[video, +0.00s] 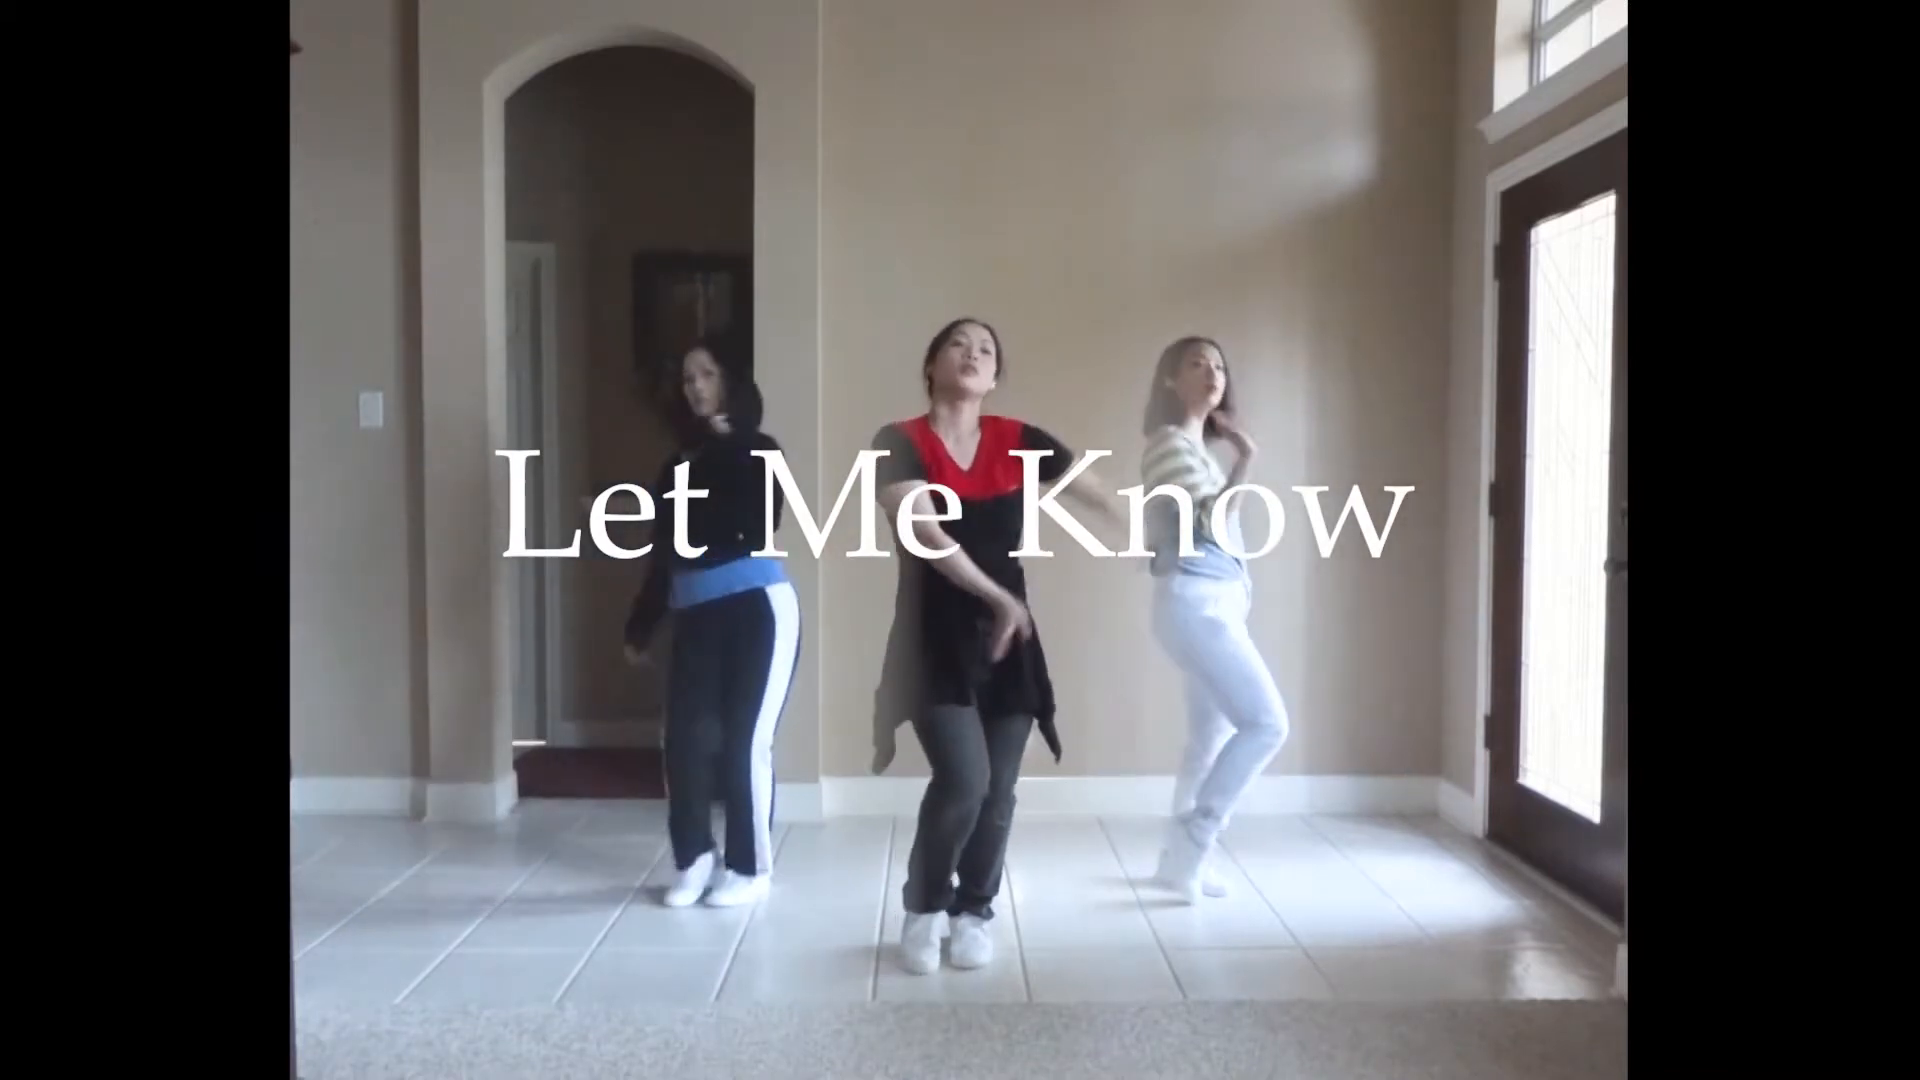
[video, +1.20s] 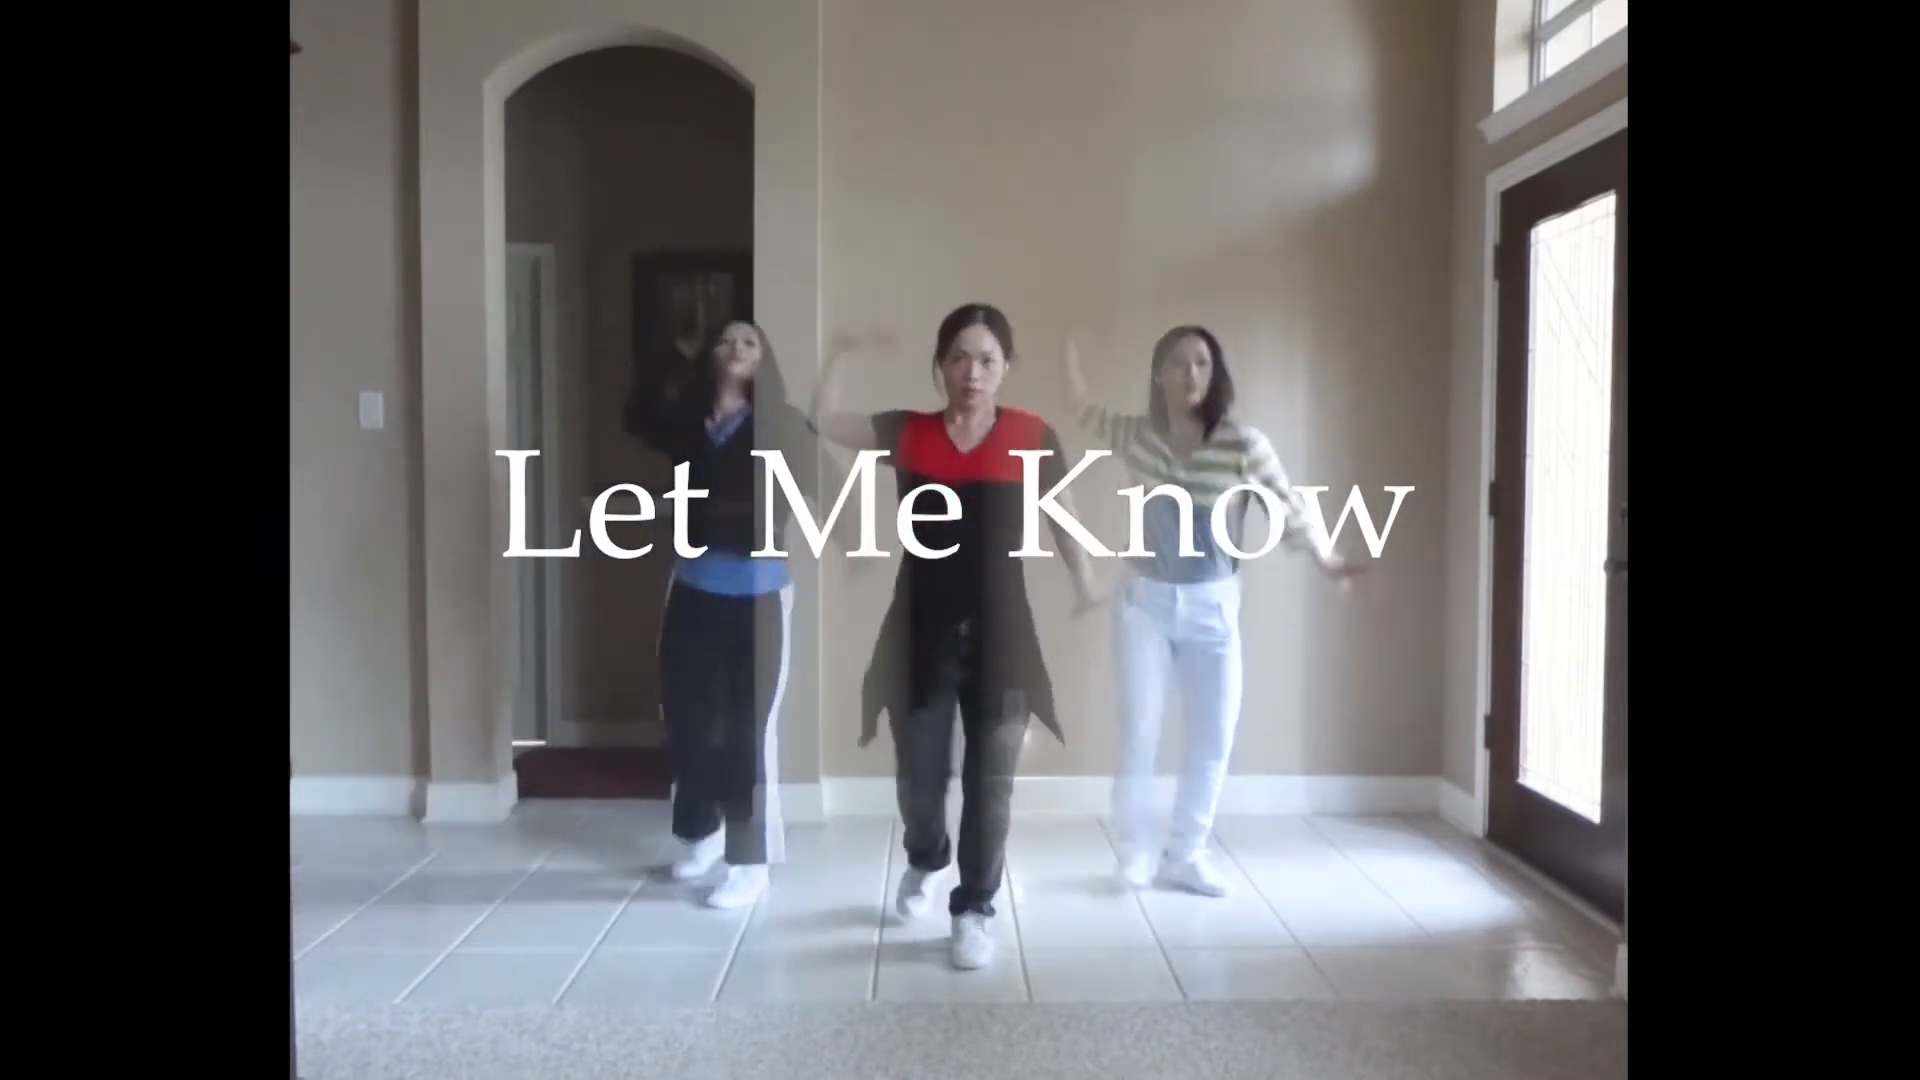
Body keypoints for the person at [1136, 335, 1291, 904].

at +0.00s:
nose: (1211, 373)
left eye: (1218, 367)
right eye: (1197, 364)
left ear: (1224, 387)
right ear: (1170, 379)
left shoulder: (1205, 447)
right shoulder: (1170, 444)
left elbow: (1207, 526)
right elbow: (1205, 518)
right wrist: (1243, 462)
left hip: (1222, 599)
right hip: (1192, 602)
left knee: (1204, 737)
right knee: (1267, 725)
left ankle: (1184, 857)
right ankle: (1189, 846)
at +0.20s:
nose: (1204, 365)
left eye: (1208, 358)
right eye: (1189, 358)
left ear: (1215, 375)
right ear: (1161, 377)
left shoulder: (1188, 440)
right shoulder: (1177, 441)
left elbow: (1213, 524)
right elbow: (1220, 520)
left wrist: (1279, 520)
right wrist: (1286, 515)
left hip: (1200, 596)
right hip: (1189, 598)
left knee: (1193, 731)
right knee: (1257, 722)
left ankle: (1179, 857)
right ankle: (1191, 845)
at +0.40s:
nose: (1200, 368)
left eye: (1203, 359)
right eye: (1186, 361)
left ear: (1209, 370)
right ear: (1159, 377)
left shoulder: (1153, 439)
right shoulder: (1201, 437)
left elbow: (1200, 492)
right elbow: (1235, 517)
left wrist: (1259, 478)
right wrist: (1274, 593)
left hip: (1165, 591)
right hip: (1195, 596)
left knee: (1189, 729)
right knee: (1242, 731)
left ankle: (1187, 850)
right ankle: (1168, 839)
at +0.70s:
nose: (1197, 384)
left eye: (1204, 374)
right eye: (1182, 374)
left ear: (1212, 385)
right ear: (1155, 384)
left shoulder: (1201, 449)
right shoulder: (1148, 433)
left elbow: (1262, 503)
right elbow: (1203, 497)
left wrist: (1255, 449)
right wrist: (1237, 506)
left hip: (1221, 606)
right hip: (1172, 606)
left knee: (1220, 734)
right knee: (1215, 735)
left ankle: (1190, 848)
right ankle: (1157, 846)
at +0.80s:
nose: (1197, 397)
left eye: (1205, 386)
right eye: (1184, 387)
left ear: (1217, 394)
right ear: (1158, 394)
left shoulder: (1228, 462)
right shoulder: (1141, 450)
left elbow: (1251, 537)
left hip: (1226, 604)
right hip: (1170, 605)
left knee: (1223, 733)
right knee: (1213, 734)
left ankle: (1191, 849)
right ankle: (1157, 847)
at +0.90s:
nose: (1198, 406)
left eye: (1206, 393)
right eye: (1185, 396)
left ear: (1218, 399)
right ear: (1159, 403)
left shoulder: (1234, 468)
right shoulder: (1136, 447)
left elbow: (1260, 549)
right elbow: (1113, 425)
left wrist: (1318, 586)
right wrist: (1100, 404)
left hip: (1229, 613)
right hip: (1165, 613)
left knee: (1228, 742)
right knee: (1203, 738)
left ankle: (1190, 855)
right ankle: (1152, 854)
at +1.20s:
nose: (1190, 374)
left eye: (1200, 364)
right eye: (1178, 364)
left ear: (1217, 374)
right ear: (1157, 374)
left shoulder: (1242, 442)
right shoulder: (1135, 434)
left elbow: (1288, 502)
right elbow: (1085, 415)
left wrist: (1326, 558)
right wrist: (1074, 377)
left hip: (1213, 605)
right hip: (1145, 601)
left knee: (1213, 740)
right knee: (1140, 731)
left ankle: (1186, 857)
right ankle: (1134, 856)